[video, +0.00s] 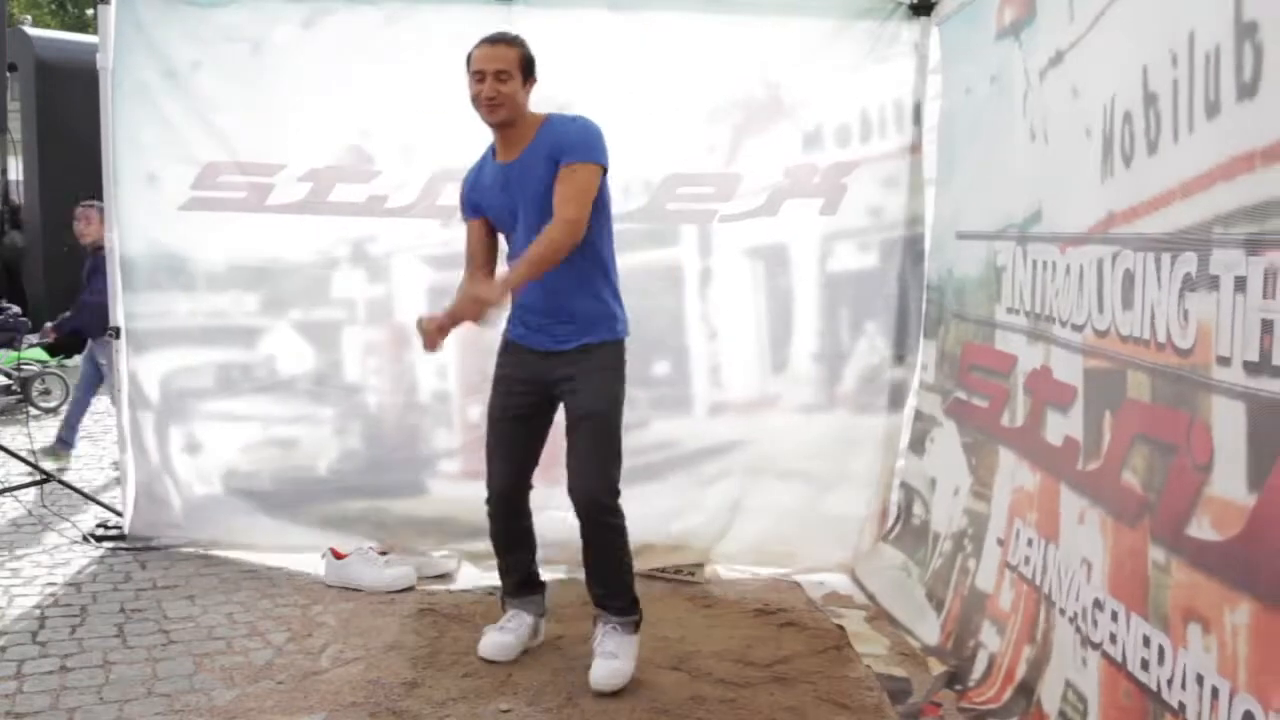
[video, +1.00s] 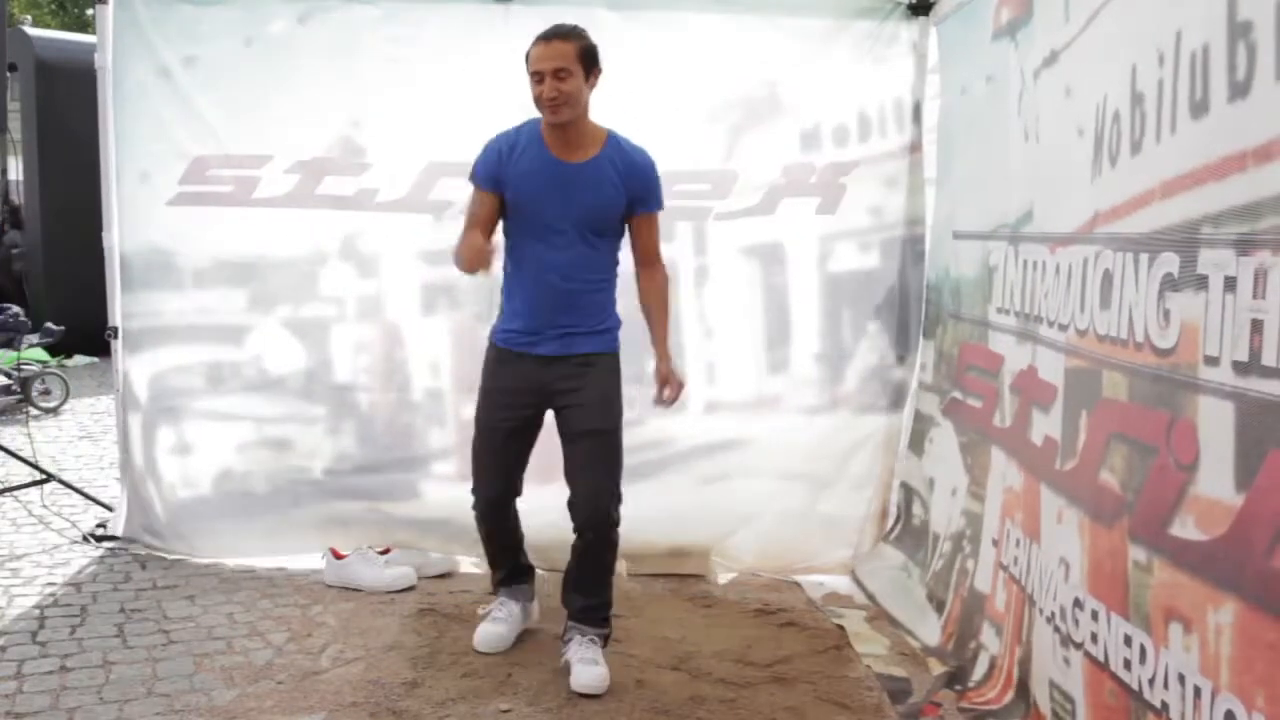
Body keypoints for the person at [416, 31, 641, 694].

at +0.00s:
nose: (491, 88)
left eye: (503, 77)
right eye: (480, 78)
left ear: (529, 84)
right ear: (469, 90)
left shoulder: (575, 136)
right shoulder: (479, 180)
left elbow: (568, 230)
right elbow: (480, 278)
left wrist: (501, 285)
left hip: (592, 345)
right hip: (524, 346)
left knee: (592, 493)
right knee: (504, 489)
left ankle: (617, 624)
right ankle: (523, 609)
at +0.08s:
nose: (482, 91)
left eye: (495, 80)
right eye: (472, 81)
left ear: (521, 89)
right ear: (461, 92)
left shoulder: (570, 142)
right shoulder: (472, 182)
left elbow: (597, 240)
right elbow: (464, 284)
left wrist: (577, 323)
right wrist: (412, 324)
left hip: (586, 342)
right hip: (518, 344)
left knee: (582, 484)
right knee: (499, 487)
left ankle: (614, 601)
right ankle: (524, 607)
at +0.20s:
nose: (484, 77)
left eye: (497, 66)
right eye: (474, 67)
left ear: (523, 74)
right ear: (463, 78)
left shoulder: (572, 134)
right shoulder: (466, 164)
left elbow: (635, 217)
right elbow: (420, 241)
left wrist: (689, 297)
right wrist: (345, 233)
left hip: (583, 337)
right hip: (512, 343)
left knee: (585, 477)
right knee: (501, 481)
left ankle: (602, 604)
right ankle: (524, 606)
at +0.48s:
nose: (521, 84)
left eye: (533, 71)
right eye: (509, 72)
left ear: (557, 75)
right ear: (496, 78)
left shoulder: (598, 144)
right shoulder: (472, 150)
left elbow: (664, 217)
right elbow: (395, 214)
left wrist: (732, 283)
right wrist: (373, 144)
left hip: (583, 344)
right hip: (506, 350)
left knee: (592, 494)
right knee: (519, 497)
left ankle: (587, 630)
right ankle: (547, 613)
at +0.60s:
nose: (532, 90)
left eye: (544, 78)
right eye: (521, 79)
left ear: (570, 81)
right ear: (509, 83)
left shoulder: (607, 155)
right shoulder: (482, 148)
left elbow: (639, 241)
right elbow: (385, 175)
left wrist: (667, 320)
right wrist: (394, 99)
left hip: (582, 348)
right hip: (505, 353)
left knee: (592, 484)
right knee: (515, 498)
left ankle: (585, 615)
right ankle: (544, 615)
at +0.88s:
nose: (552, 75)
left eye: (564, 63)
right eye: (542, 64)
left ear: (593, 66)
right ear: (530, 70)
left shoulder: (626, 153)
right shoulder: (502, 124)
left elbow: (623, 256)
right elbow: (430, 169)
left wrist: (615, 343)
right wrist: (431, 133)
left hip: (583, 345)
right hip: (507, 339)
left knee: (585, 497)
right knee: (506, 484)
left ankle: (586, 631)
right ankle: (527, 602)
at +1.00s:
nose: (549, 88)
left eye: (562, 75)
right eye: (538, 77)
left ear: (591, 80)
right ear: (528, 85)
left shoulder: (630, 164)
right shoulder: (504, 153)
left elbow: (650, 264)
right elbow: (471, 256)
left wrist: (663, 352)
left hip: (591, 356)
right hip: (513, 354)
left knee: (597, 506)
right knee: (490, 493)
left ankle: (586, 633)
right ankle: (513, 592)